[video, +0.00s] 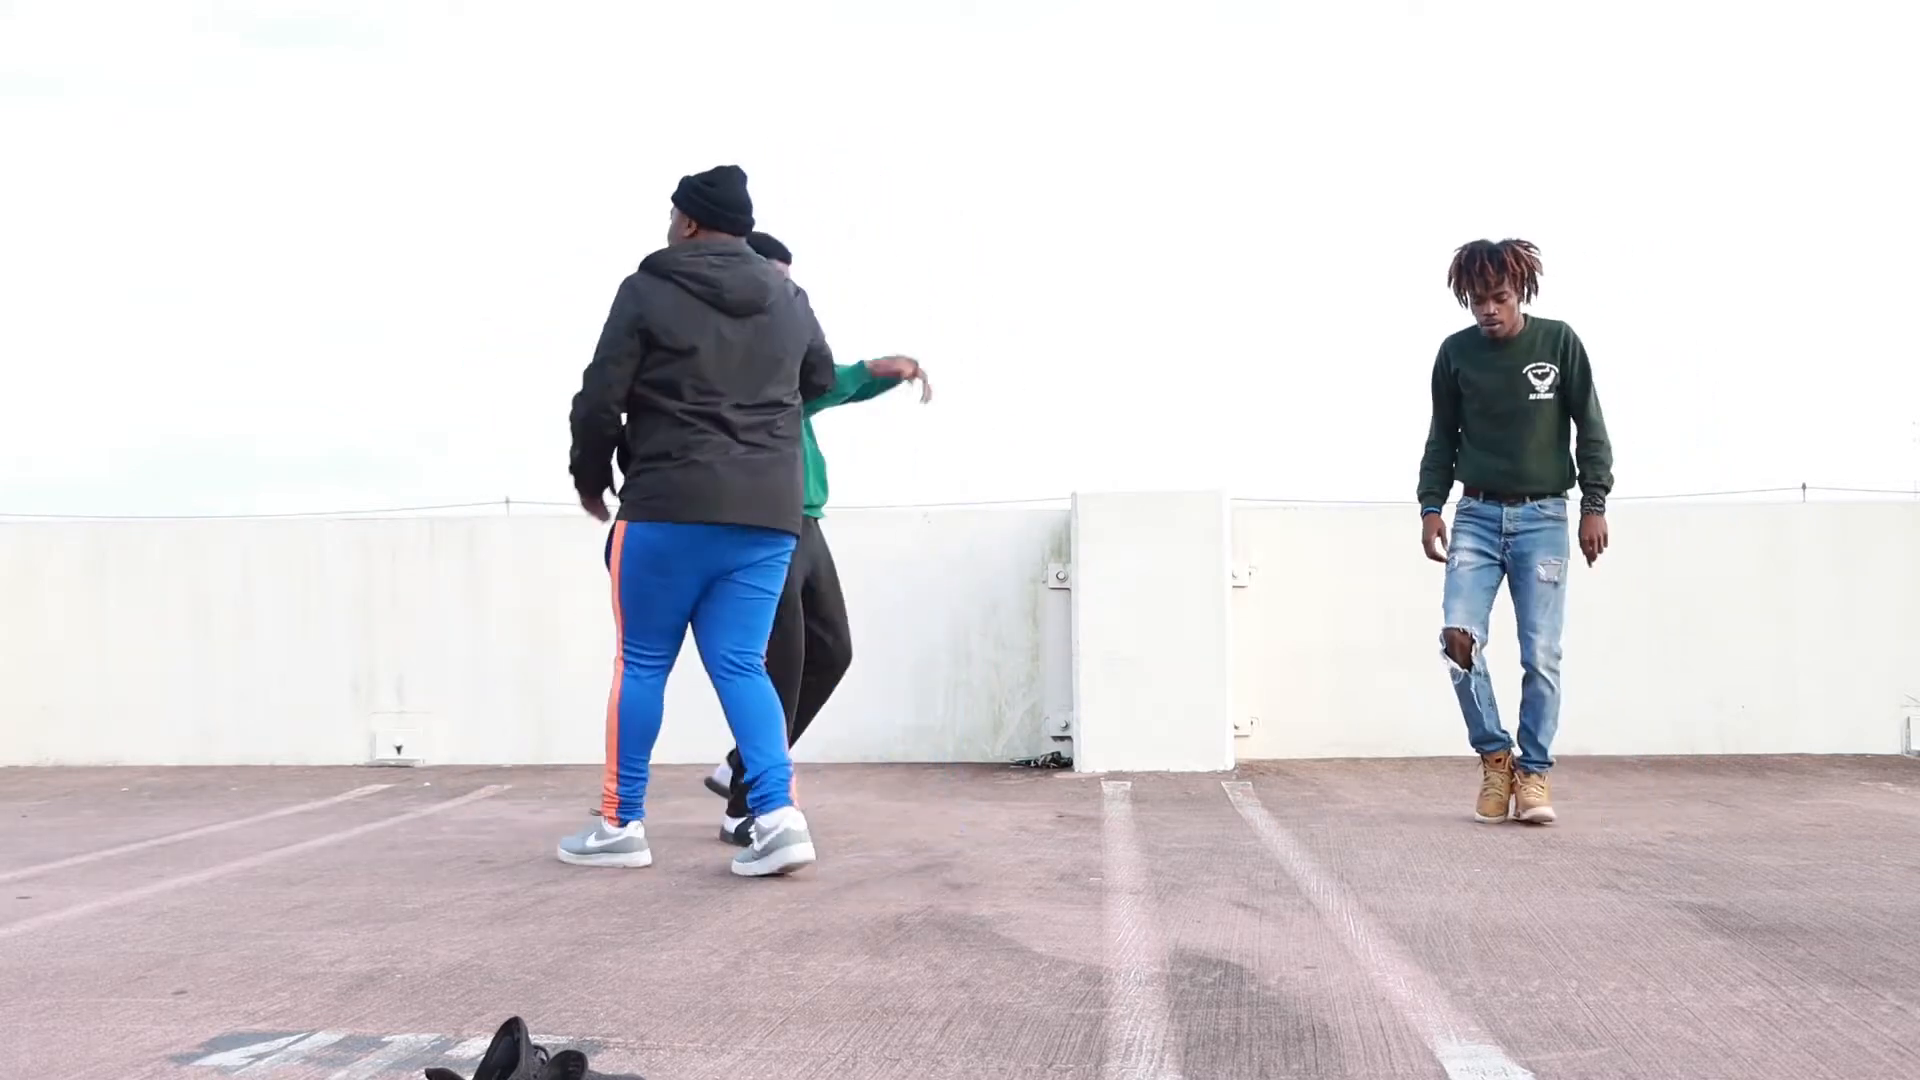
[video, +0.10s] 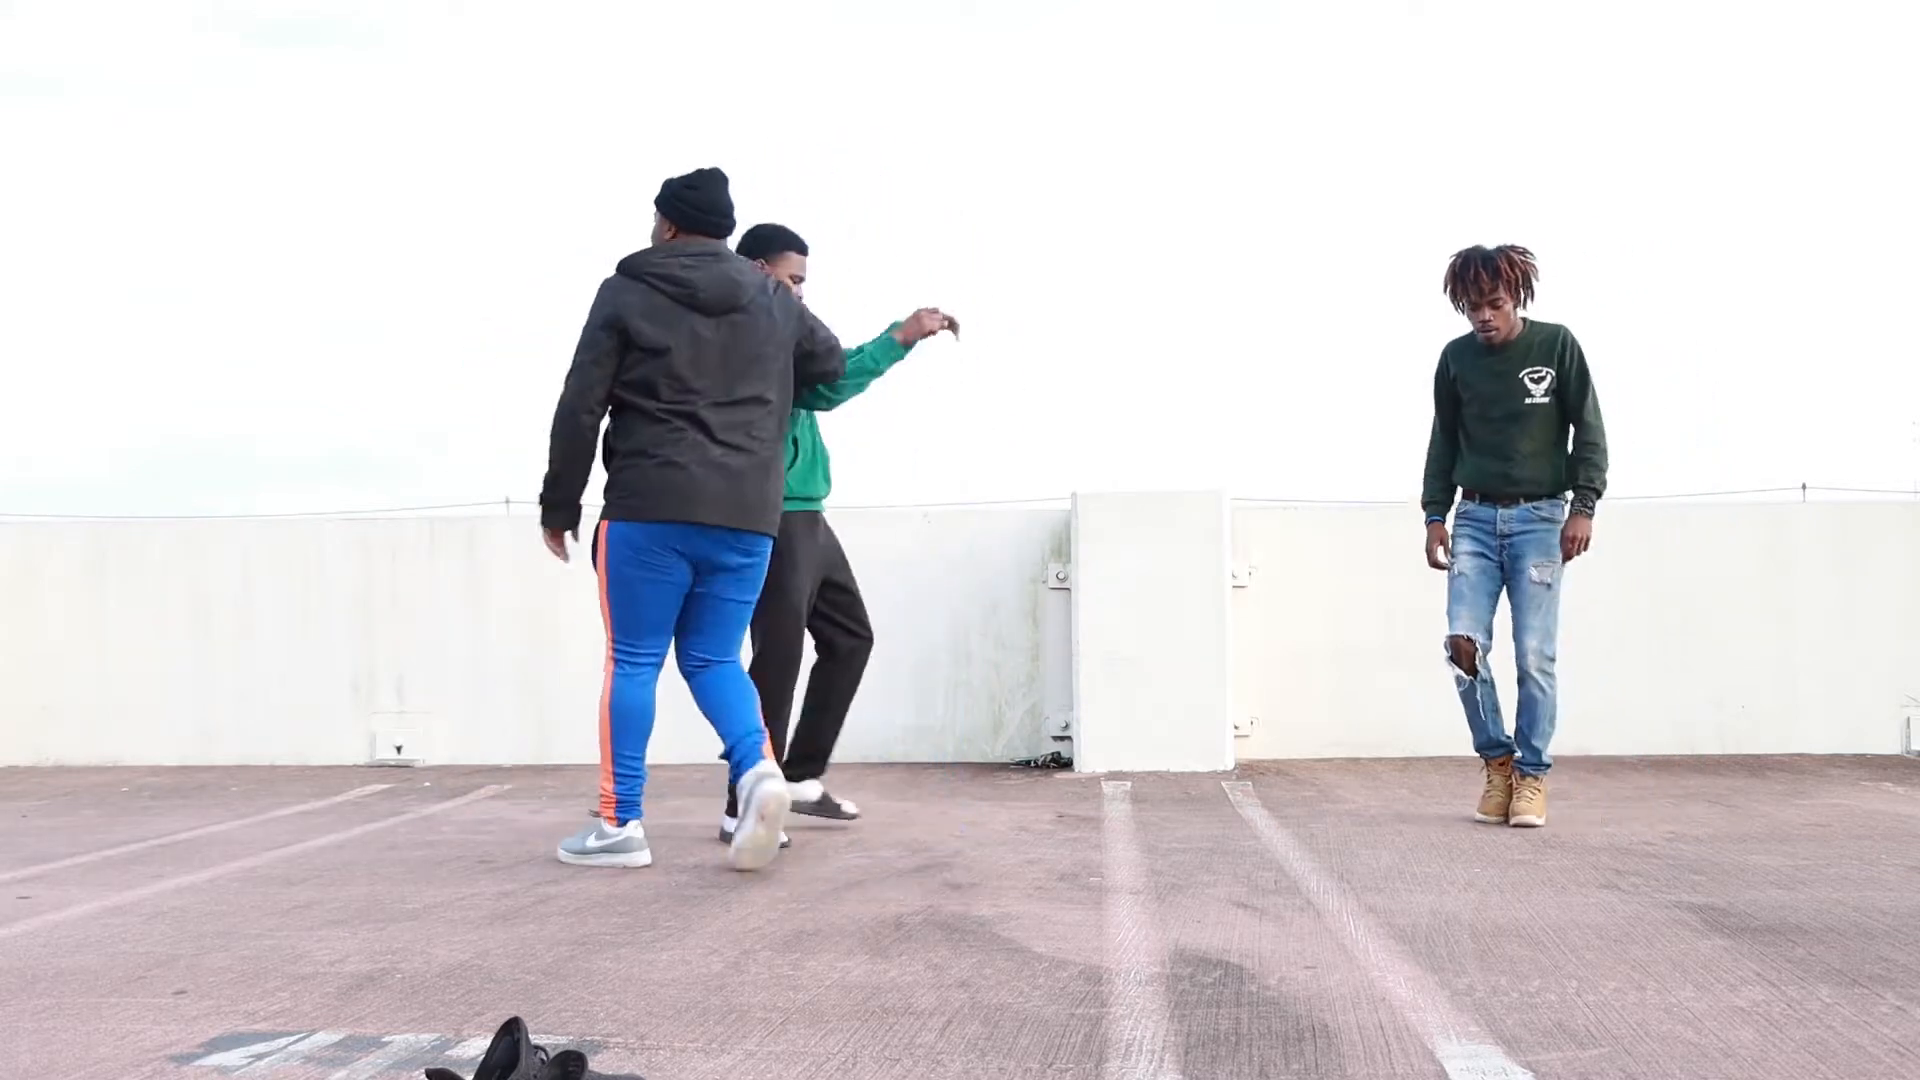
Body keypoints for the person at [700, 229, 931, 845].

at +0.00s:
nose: (786, 294)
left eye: (787, 283)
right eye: (776, 283)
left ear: (782, 283)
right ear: (747, 282)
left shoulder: (778, 341)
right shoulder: (728, 341)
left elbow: (808, 392)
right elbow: (789, 391)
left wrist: (874, 373)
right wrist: (868, 371)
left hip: (807, 522)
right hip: (769, 526)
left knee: (831, 653)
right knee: (782, 673)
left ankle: (743, 766)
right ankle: (748, 808)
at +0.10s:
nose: (802, 291)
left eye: (804, 281)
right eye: (793, 279)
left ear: (783, 277)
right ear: (757, 272)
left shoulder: (782, 331)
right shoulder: (754, 329)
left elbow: (819, 391)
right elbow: (823, 388)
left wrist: (895, 340)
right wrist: (900, 339)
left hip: (809, 518)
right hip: (779, 519)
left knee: (850, 641)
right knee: (776, 660)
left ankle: (801, 782)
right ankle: (748, 801)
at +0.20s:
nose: (820, 292)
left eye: (822, 281)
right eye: (812, 279)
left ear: (781, 275)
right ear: (775, 270)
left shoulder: (783, 325)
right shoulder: (770, 322)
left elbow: (841, 373)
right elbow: (849, 375)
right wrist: (923, 325)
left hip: (812, 511)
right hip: (788, 511)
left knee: (860, 639)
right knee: (780, 656)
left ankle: (864, 785)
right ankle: (749, 810)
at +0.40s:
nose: (859, 316)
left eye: (861, 306)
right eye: (851, 304)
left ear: (827, 297)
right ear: (817, 293)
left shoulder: (825, 354)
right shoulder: (805, 334)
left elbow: (886, 413)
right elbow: (877, 383)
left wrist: (965, 404)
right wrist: (967, 394)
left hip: (853, 521)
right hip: (827, 519)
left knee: (897, 650)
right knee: (809, 659)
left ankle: (924, 791)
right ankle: (750, 807)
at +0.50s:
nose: (881, 331)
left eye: (886, 321)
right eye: (875, 319)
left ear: (855, 314)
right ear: (841, 308)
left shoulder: (854, 376)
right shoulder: (829, 350)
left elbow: (897, 450)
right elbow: (881, 400)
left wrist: (967, 463)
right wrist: (972, 439)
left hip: (884, 533)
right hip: (854, 528)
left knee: (940, 653)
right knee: (831, 662)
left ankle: (934, 795)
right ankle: (749, 807)